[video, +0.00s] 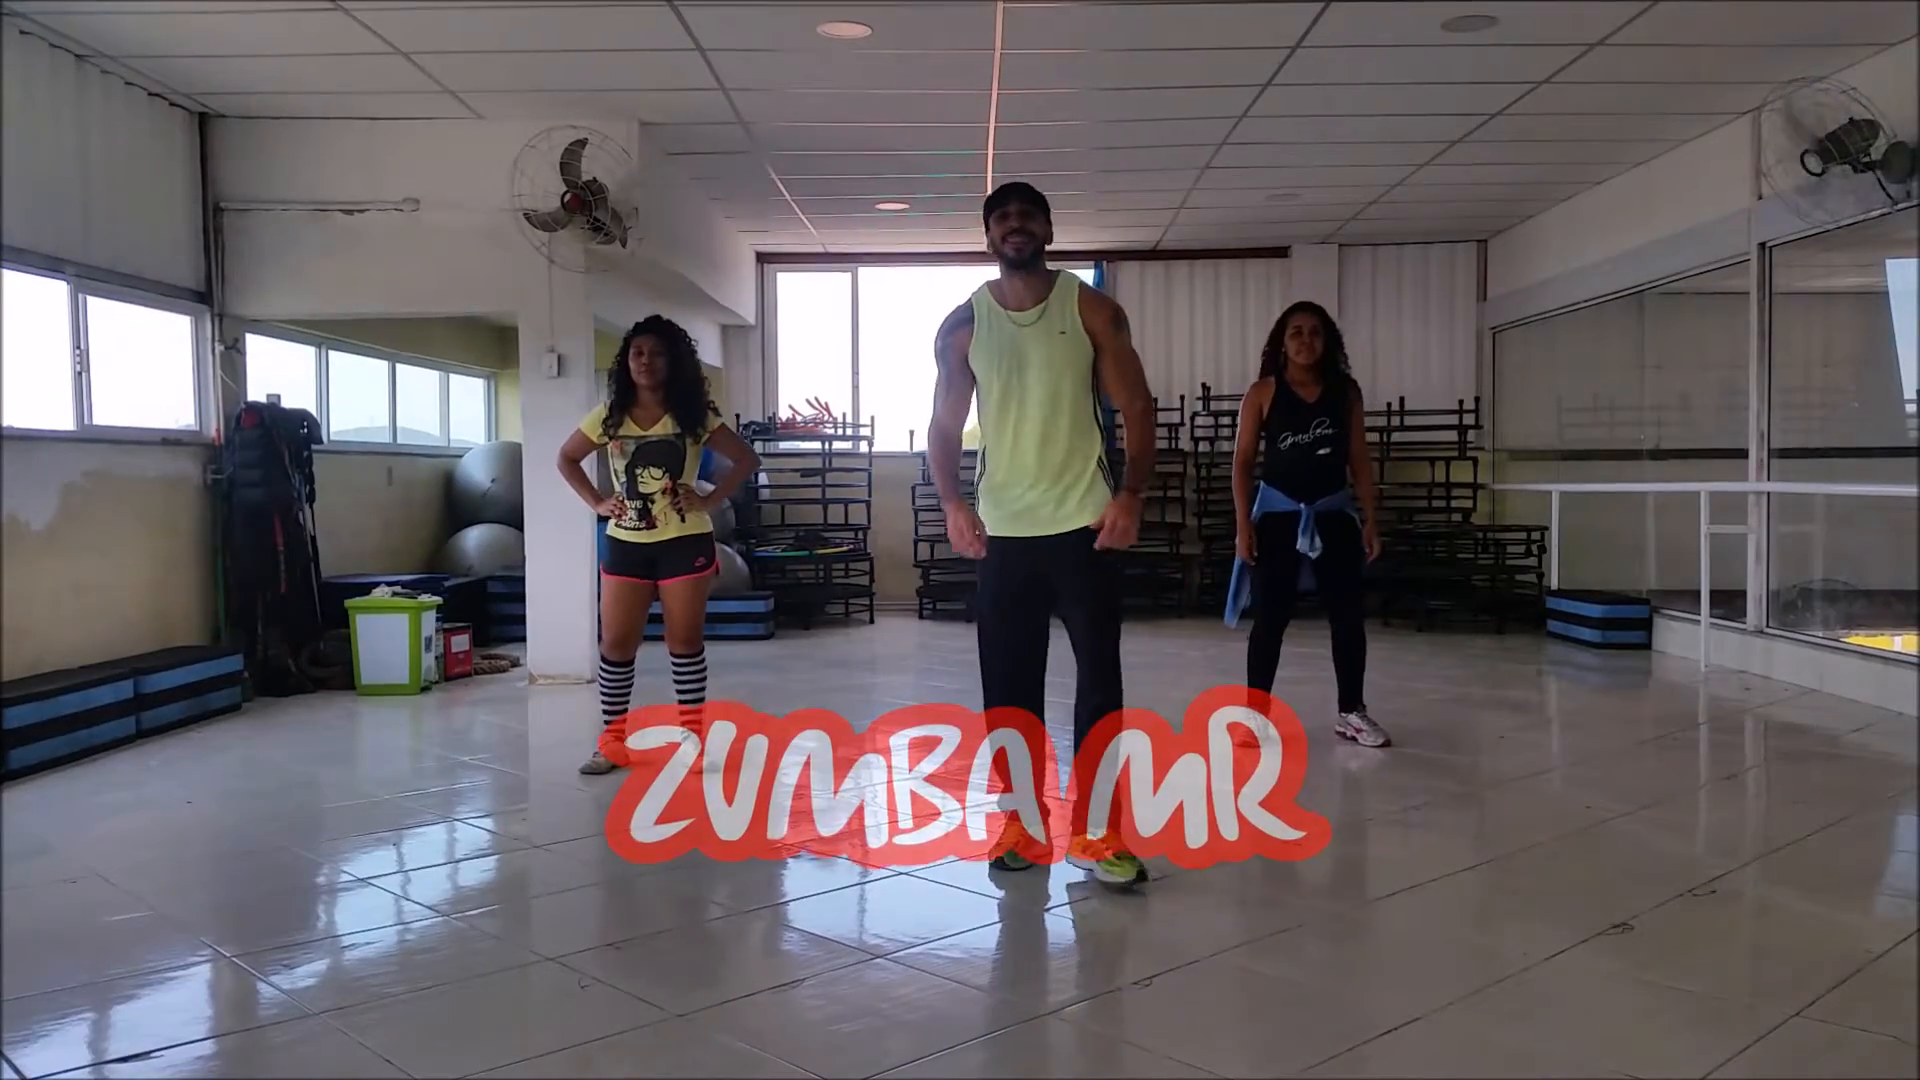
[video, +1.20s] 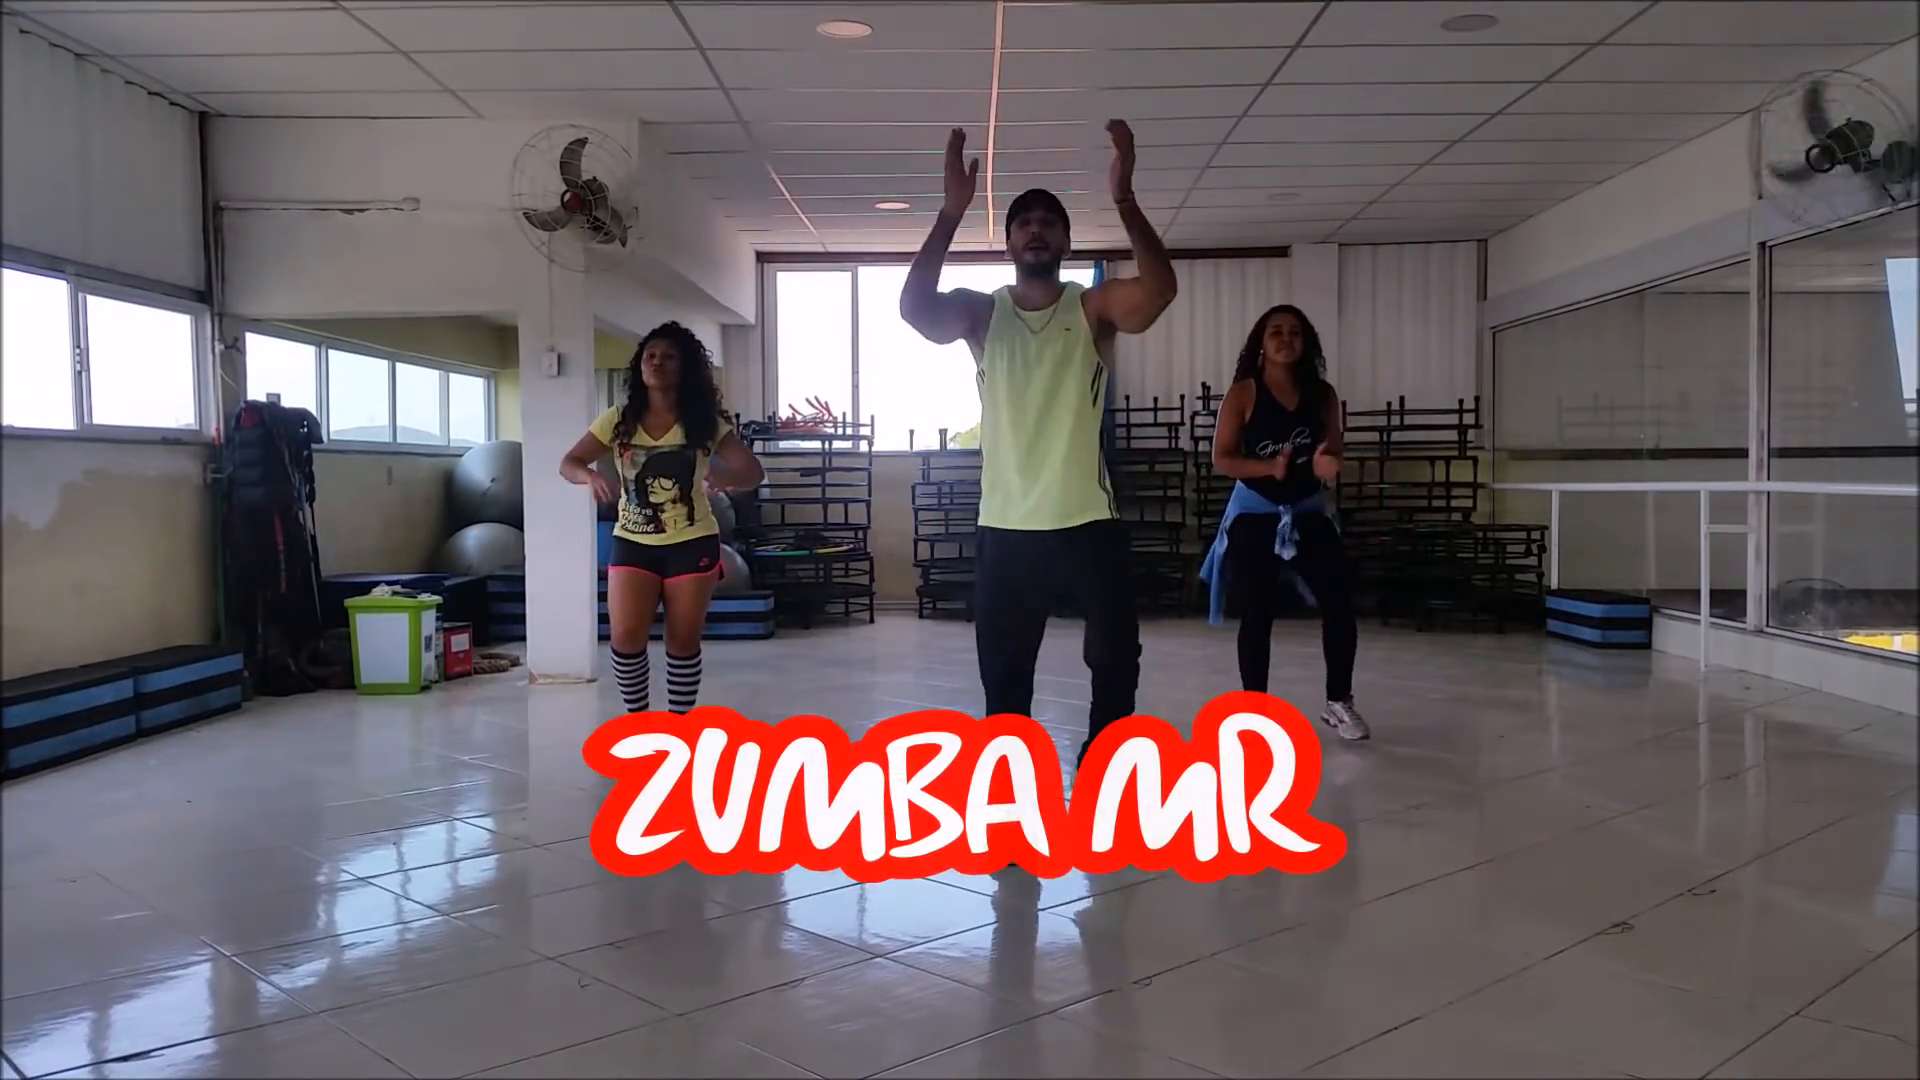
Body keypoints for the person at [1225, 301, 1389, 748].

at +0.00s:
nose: (1306, 340)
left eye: (1314, 333)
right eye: (1296, 333)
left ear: (1326, 341)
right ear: (1282, 341)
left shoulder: (1345, 392)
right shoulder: (1262, 393)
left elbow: (1359, 457)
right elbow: (1243, 463)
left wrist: (1370, 517)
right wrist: (1243, 525)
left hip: (1334, 517)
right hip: (1278, 517)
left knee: (1347, 614)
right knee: (1270, 618)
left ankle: (1351, 713)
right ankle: (1257, 715)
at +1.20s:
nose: (1285, 340)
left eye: (1294, 334)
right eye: (1276, 333)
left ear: (1306, 343)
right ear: (1260, 343)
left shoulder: (1323, 395)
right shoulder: (1242, 393)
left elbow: (1334, 452)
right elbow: (1223, 460)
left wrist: (1325, 462)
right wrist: (1268, 466)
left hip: (1310, 516)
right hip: (1255, 517)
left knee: (1339, 604)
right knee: (1256, 614)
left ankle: (1338, 701)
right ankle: (1254, 710)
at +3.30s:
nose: (1289, 343)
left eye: (1297, 336)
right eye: (1280, 336)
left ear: (1308, 343)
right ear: (1265, 342)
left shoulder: (1319, 384)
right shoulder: (1249, 385)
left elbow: (1359, 351)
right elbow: (1242, 352)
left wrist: (1319, 312)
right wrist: (1279, 317)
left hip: (1323, 514)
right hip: (1269, 515)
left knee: (1334, 612)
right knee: (1266, 613)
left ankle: (1336, 710)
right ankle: (1252, 712)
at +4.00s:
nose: (1285, 340)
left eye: (1294, 333)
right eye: (1276, 334)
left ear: (1307, 344)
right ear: (1262, 344)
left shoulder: (1318, 387)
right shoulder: (1249, 386)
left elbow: (1362, 365)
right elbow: (1235, 357)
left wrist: (1335, 314)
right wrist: (1260, 312)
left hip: (1308, 513)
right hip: (1254, 514)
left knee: (1344, 600)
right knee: (1252, 613)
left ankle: (1340, 697)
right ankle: (1244, 710)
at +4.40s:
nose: (1299, 339)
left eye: (1307, 332)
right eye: (1290, 332)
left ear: (1321, 341)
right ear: (1276, 341)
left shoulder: (1330, 385)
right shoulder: (1258, 384)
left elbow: (1373, 359)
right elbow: (1233, 356)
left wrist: (1338, 311)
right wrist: (1273, 317)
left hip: (1321, 515)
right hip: (1268, 514)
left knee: (1324, 615)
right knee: (1260, 611)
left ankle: (1330, 711)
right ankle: (1242, 706)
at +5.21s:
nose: (1298, 342)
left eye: (1305, 335)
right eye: (1290, 334)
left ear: (1316, 342)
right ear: (1272, 343)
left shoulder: (1326, 387)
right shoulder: (1256, 386)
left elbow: (1362, 357)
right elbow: (1239, 354)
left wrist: (1320, 319)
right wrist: (1280, 329)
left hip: (1320, 515)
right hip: (1266, 515)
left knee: (1325, 616)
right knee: (1262, 614)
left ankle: (1333, 714)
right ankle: (1246, 712)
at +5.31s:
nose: (1302, 337)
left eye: (1310, 330)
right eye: (1293, 332)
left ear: (1322, 339)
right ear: (1282, 342)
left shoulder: (1337, 385)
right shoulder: (1264, 384)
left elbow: (1371, 360)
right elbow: (1234, 360)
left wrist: (1332, 319)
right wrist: (1278, 325)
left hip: (1326, 515)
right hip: (1272, 515)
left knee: (1327, 615)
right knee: (1263, 613)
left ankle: (1333, 714)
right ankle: (1244, 711)